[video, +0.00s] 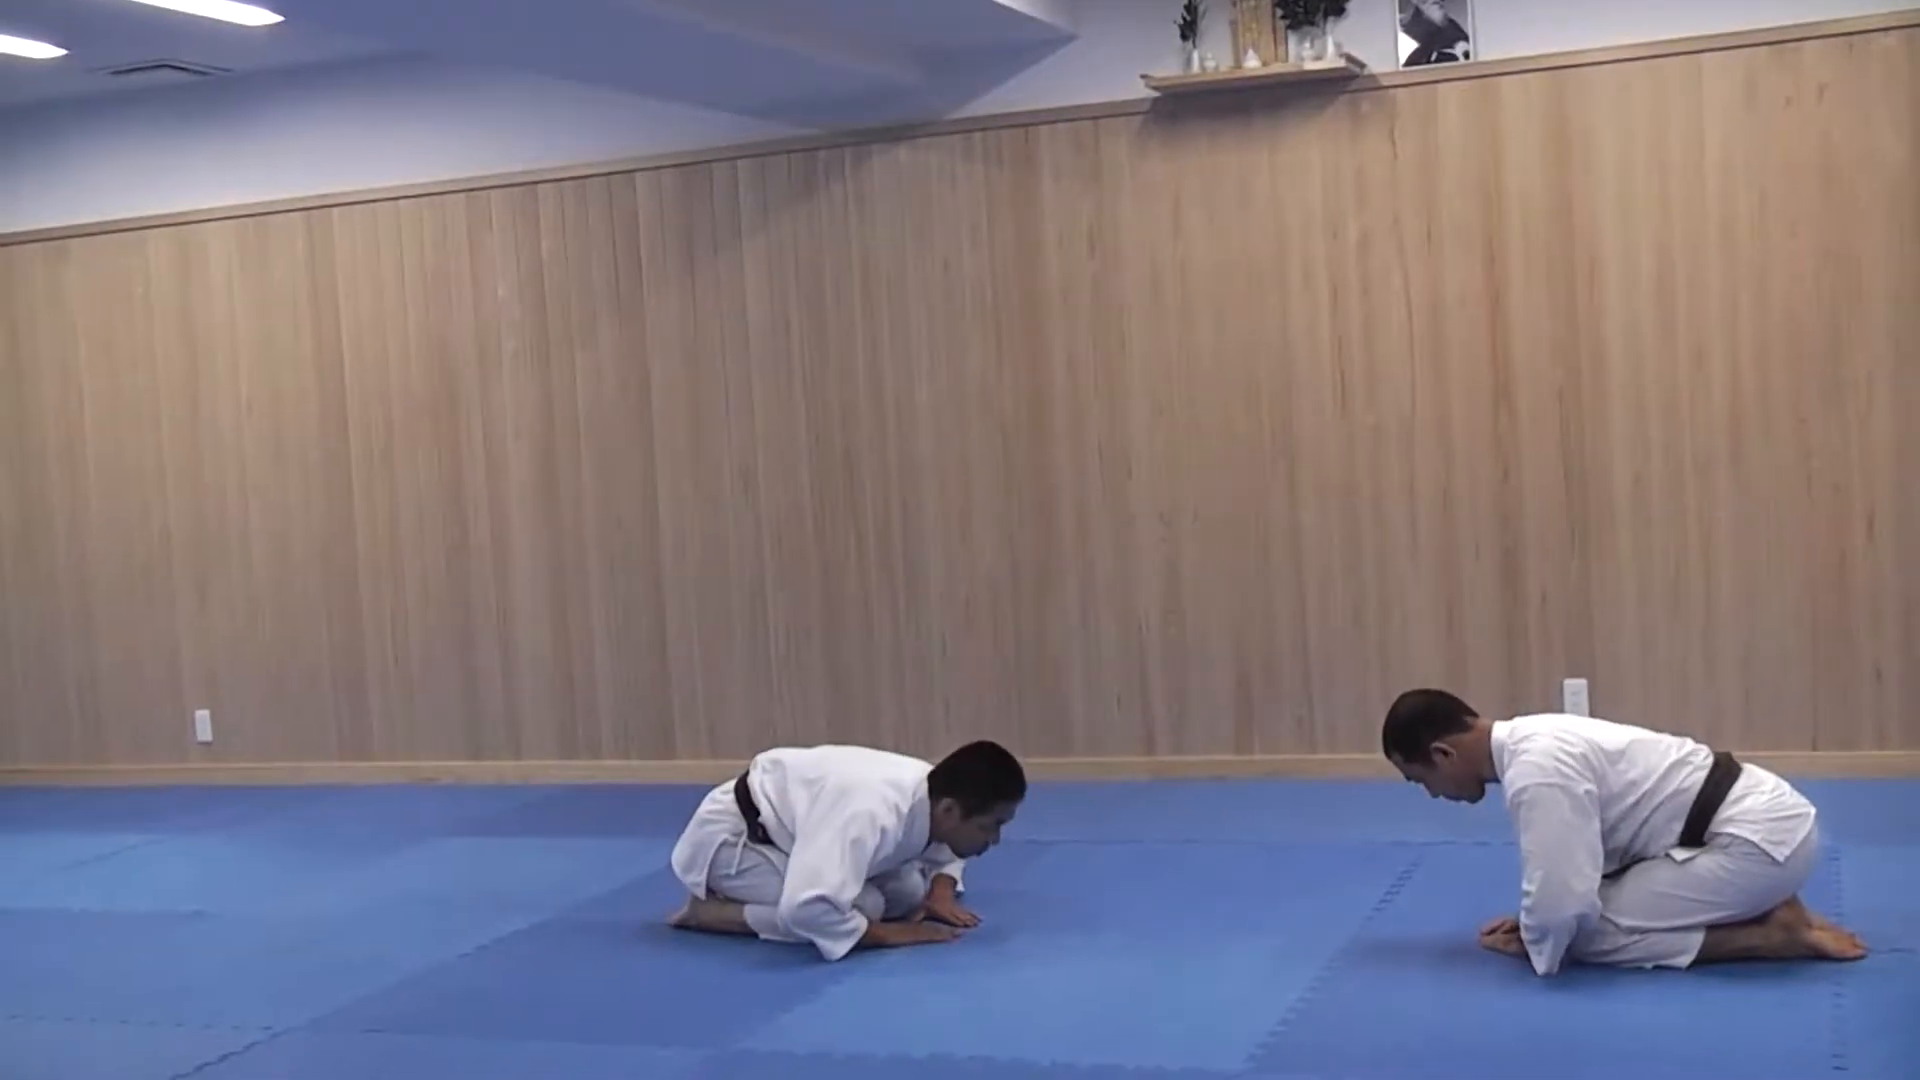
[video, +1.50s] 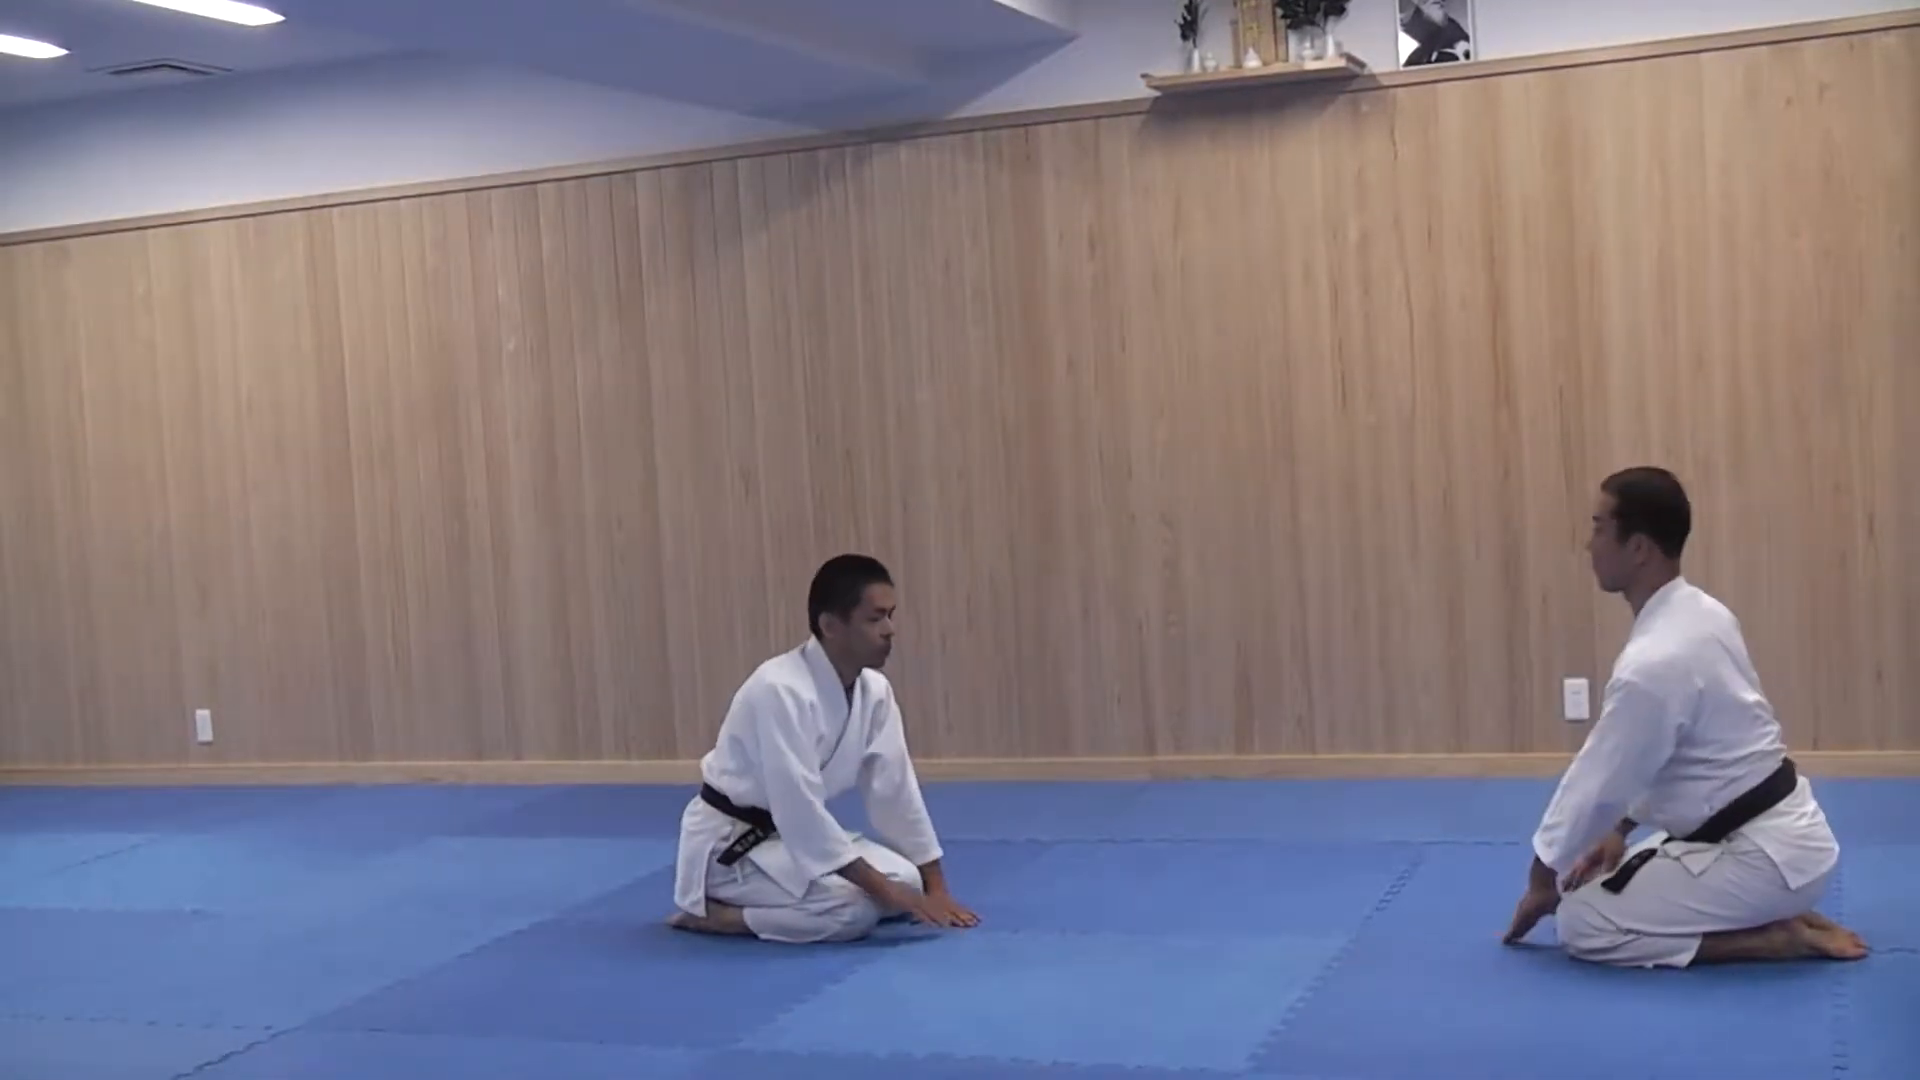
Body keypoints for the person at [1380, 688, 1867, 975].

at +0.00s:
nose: (1433, 794)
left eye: (1421, 781)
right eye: (1420, 785)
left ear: (1444, 752)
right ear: (1458, 735)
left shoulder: (1536, 767)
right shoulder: (1537, 743)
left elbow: (1566, 900)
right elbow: (1589, 867)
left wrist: (1534, 939)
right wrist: (1536, 921)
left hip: (1758, 842)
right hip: (1767, 819)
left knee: (1583, 932)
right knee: (1585, 913)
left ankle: (1772, 938)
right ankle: (1768, 921)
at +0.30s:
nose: (1434, 785)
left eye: (1423, 771)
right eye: (1421, 775)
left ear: (1446, 744)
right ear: (1461, 726)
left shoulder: (1537, 763)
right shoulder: (1538, 737)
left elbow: (1561, 896)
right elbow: (1598, 854)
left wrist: (1540, 949)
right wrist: (1534, 916)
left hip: (1759, 843)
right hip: (1769, 818)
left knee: (1582, 933)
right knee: (1585, 904)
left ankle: (1773, 938)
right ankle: (1768, 919)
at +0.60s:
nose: (1435, 722)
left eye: (1431, 705)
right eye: (1427, 708)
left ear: (1467, 692)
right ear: (1481, 683)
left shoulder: (1553, 740)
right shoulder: (1561, 704)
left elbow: (1560, 877)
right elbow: (1593, 848)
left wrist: (1535, 940)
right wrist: (1537, 913)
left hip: (1761, 848)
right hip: (1771, 821)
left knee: (1584, 934)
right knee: (1591, 906)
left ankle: (1771, 940)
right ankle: (1771, 921)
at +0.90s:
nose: (1466, 647)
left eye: (1469, 629)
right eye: (1462, 630)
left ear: (1511, 630)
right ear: (1525, 627)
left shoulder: (1579, 707)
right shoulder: (1592, 665)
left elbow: (1564, 840)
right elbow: (1567, 817)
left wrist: (1536, 932)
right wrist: (1539, 915)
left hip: (1760, 851)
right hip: (1773, 822)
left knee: (1584, 934)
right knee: (1596, 893)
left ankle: (1772, 939)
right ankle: (1772, 920)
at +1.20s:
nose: (1521, 585)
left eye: (1530, 568)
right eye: (1523, 568)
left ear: (1572, 582)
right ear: (1576, 582)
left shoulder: (1617, 680)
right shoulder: (1639, 634)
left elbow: (1578, 815)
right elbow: (1576, 795)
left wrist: (1529, 918)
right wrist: (1540, 907)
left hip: (1763, 856)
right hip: (1780, 831)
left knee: (1580, 929)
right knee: (1592, 895)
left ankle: (1770, 941)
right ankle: (1776, 922)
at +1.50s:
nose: (1589, 543)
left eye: (1599, 529)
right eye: (1594, 527)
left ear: (1639, 548)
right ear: (1650, 550)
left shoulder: (1654, 661)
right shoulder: (1702, 612)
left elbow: (1593, 788)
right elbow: (1672, 749)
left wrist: (1541, 883)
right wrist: (1619, 832)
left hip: (1764, 860)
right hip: (1789, 833)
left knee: (1585, 925)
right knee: (1588, 892)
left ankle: (1779, 941)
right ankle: (1785, 919)